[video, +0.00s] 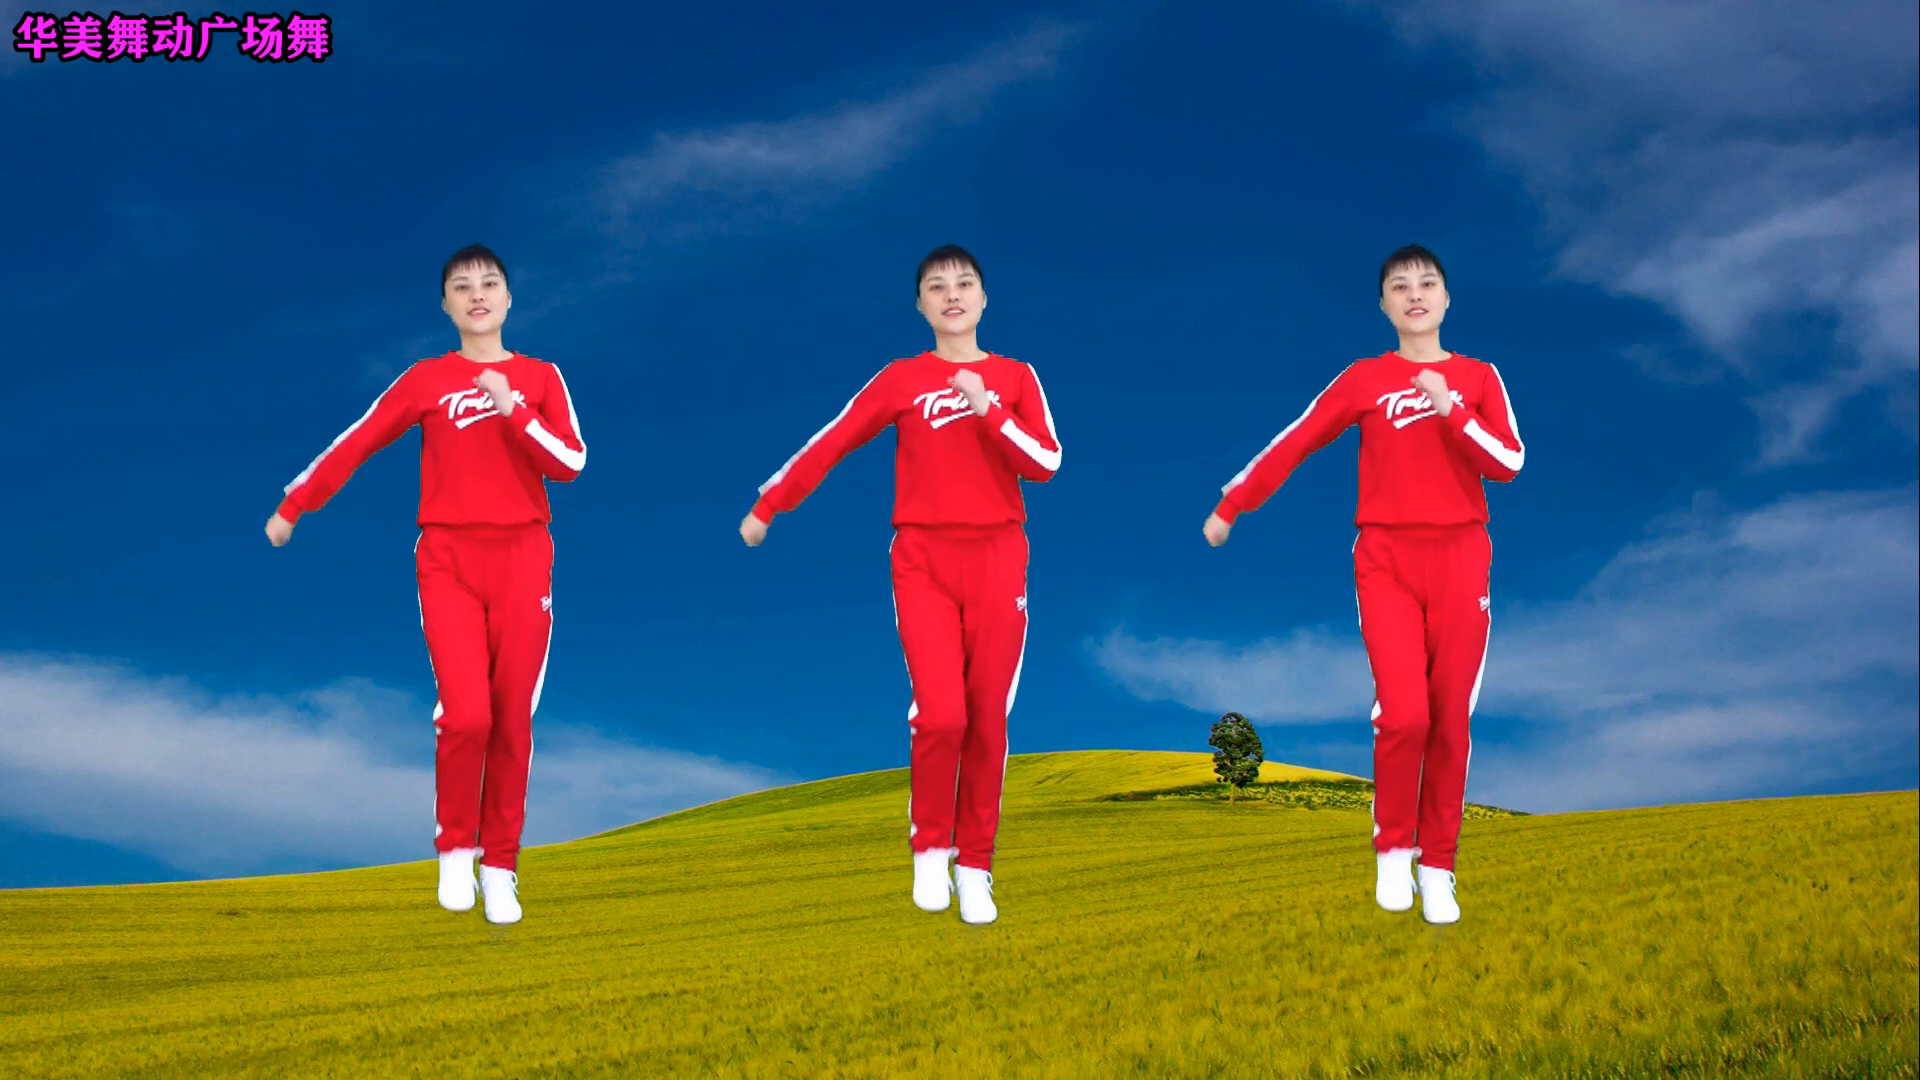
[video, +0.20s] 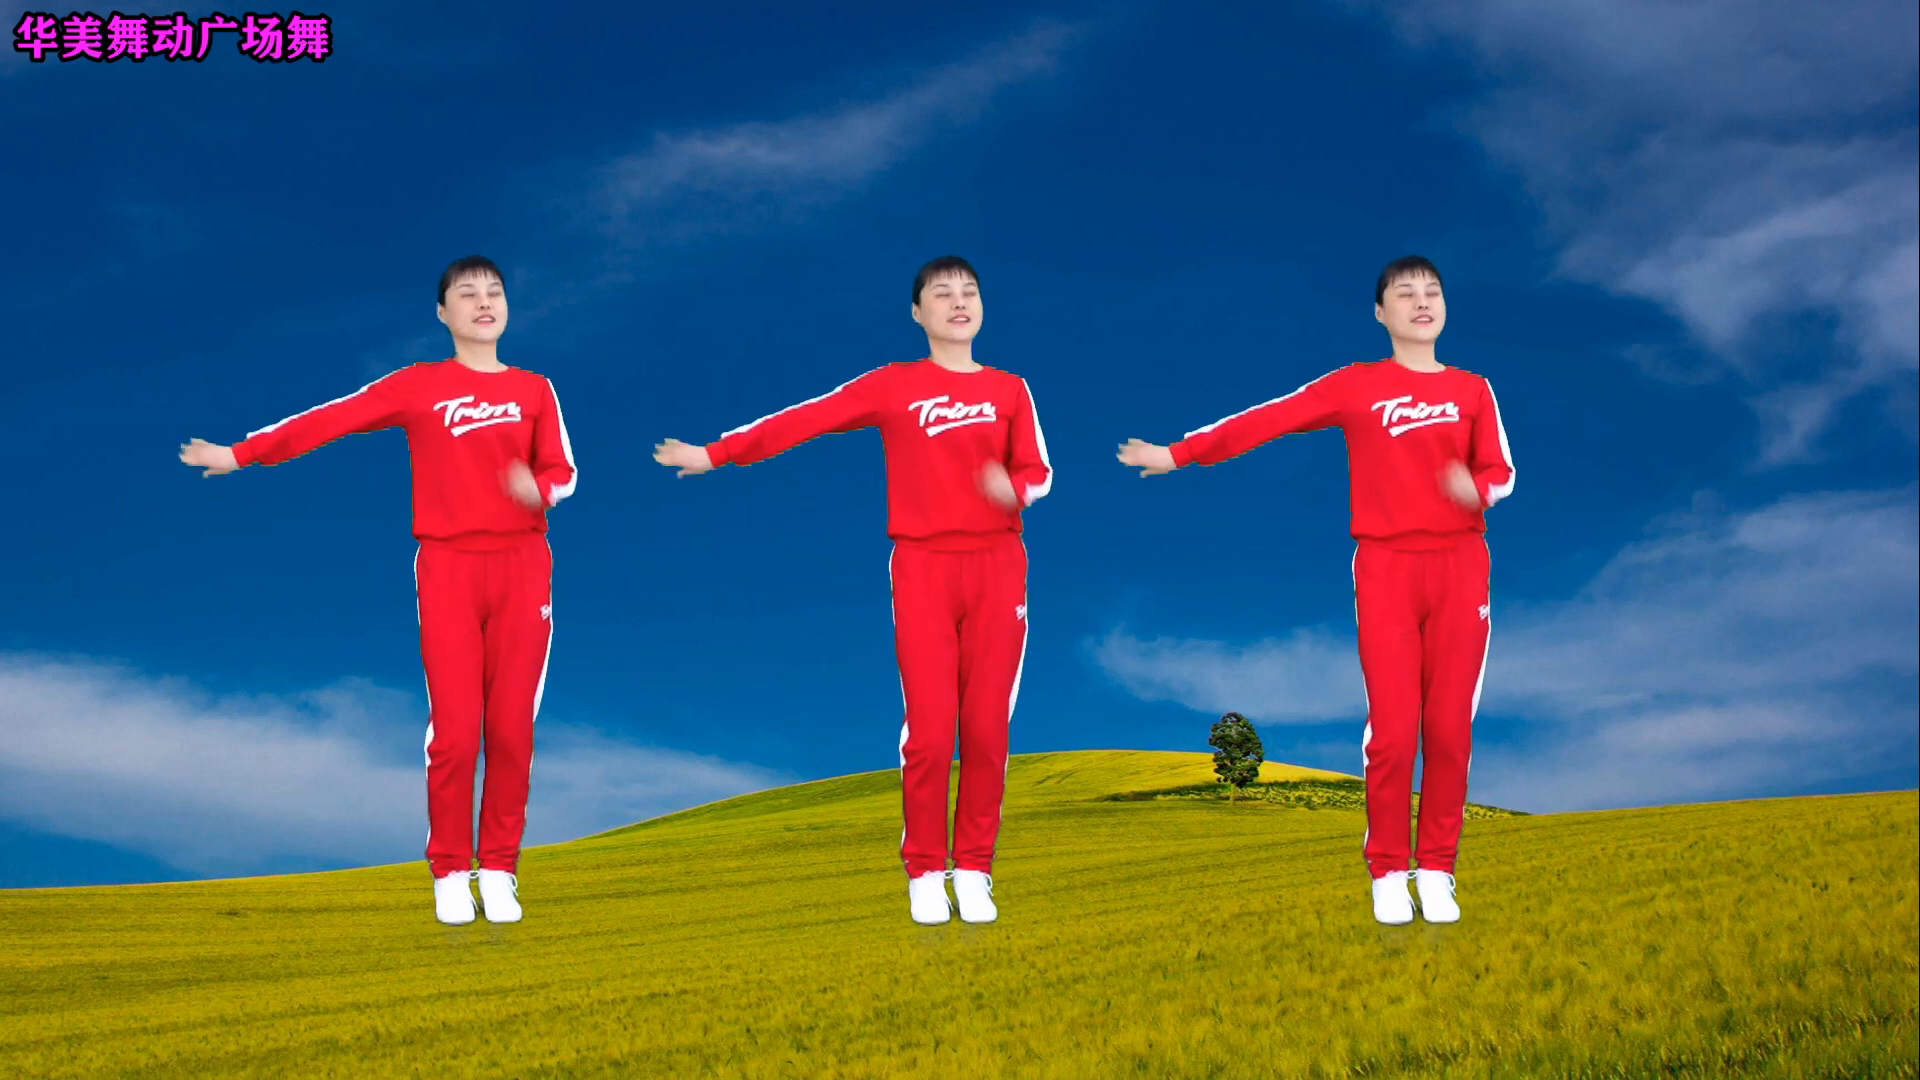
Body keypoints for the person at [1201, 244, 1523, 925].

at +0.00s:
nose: (1416, 295)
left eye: (1427, 284)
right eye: (1401, 287)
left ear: (1446, 298)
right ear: (1385, 305)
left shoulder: (1477, 376)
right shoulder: (1362, 380)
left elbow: (1508, 463)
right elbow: (1294, 442)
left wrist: (1453, 412)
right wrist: (1229, 504)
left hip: (1462, 557)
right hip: (1386, 558)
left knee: (1452, 714)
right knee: (1404, 713)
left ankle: (1438, 861)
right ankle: (1394, 849)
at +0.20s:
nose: (1422, 302)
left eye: (1431, 292)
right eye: (1406, 294)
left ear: (1445, 308)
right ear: (1383, 312)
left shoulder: (1474, 389)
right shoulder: (1355, 383)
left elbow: (1502, 473)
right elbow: (1268, 419)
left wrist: (1478, 489)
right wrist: (1175, 454)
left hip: (1461, 564)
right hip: (1386, 565)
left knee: (1450, 725)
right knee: (1394, 726)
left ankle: (1436, 868)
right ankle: (1388, 870)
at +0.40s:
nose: (1433, 314)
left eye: (1436, 305)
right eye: (1415, 306)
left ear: (1444, 324)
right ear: (1381, 327)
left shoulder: (1471, 404)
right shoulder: (1361, 404)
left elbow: (1495, 498)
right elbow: (1295, 472)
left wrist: (1511, 583)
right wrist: (1229, 539)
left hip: (1454, 580)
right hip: (1380, 577)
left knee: (1460, 729)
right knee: (1385, 732)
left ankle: (1446, 844)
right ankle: (1387, 871)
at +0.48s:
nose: (1435, 319)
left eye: (1437, 310)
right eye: (1418, 311)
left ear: (1443, 329)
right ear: (1382, 331)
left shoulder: (1469, 411)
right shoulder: (1367, 407)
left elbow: (1490, 508)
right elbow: (1348, 497)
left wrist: (1504, 590)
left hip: (1453, 588)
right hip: (1381, 585)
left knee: (1473, 725)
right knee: (1385, 741)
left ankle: (1461, 829)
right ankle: (1386, 870)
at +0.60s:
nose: (1438, 301)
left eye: (1440, 291)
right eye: (1421, 291)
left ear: (1444, 309)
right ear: (1385, 311)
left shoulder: (1469, 392)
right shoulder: (1371, 378)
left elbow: (1489, 490)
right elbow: (1428, 429)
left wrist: (1499, 567)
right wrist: (1522, 452)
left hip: (1465, 565)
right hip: (1394, 561)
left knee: (1496, 709)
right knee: (1392, 724)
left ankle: (1500, 834)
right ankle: (1386, 868)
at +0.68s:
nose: (1443, 289)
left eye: (1446, 279)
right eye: (1426, 279)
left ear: (1451, 297)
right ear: (1391, 299)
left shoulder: (1473, 369)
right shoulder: (1375, 364)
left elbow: (1498, 467)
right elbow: (1443, 362)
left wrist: (1510, 552)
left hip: (1477, 548)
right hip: (1405, 548)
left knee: (1509, 706)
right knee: (1400, 716)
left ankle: (1533, 846)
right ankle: (1388, 864)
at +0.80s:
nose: (1468, 291)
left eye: (1467, 281)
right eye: (1453, 282)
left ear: (1458, 302)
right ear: (1412, 301)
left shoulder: (1491, 380)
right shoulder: (1395, 370)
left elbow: (1520, 472)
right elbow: (1434, 300)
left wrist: (1534, 552)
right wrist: (1497, 247)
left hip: (1502, 554)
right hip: (1429, 554)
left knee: (1526, 715)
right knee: (1409, 716)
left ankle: (1552, 859)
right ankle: (1388, 862)